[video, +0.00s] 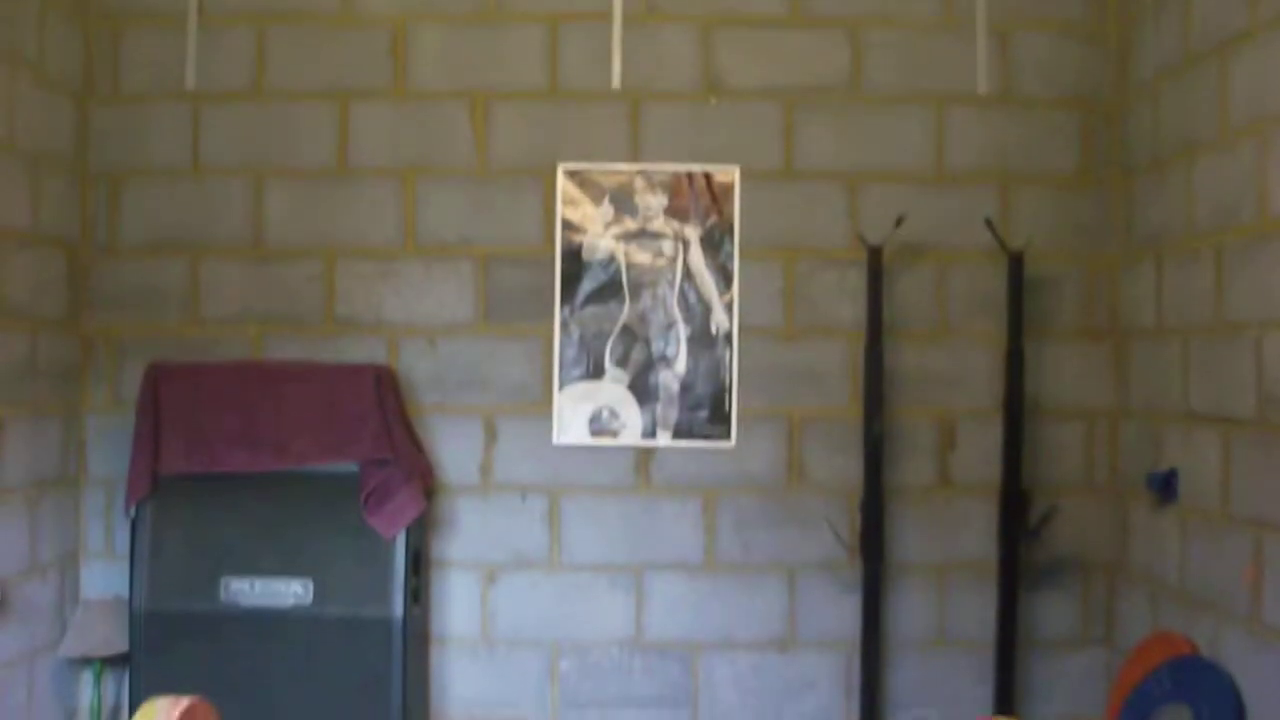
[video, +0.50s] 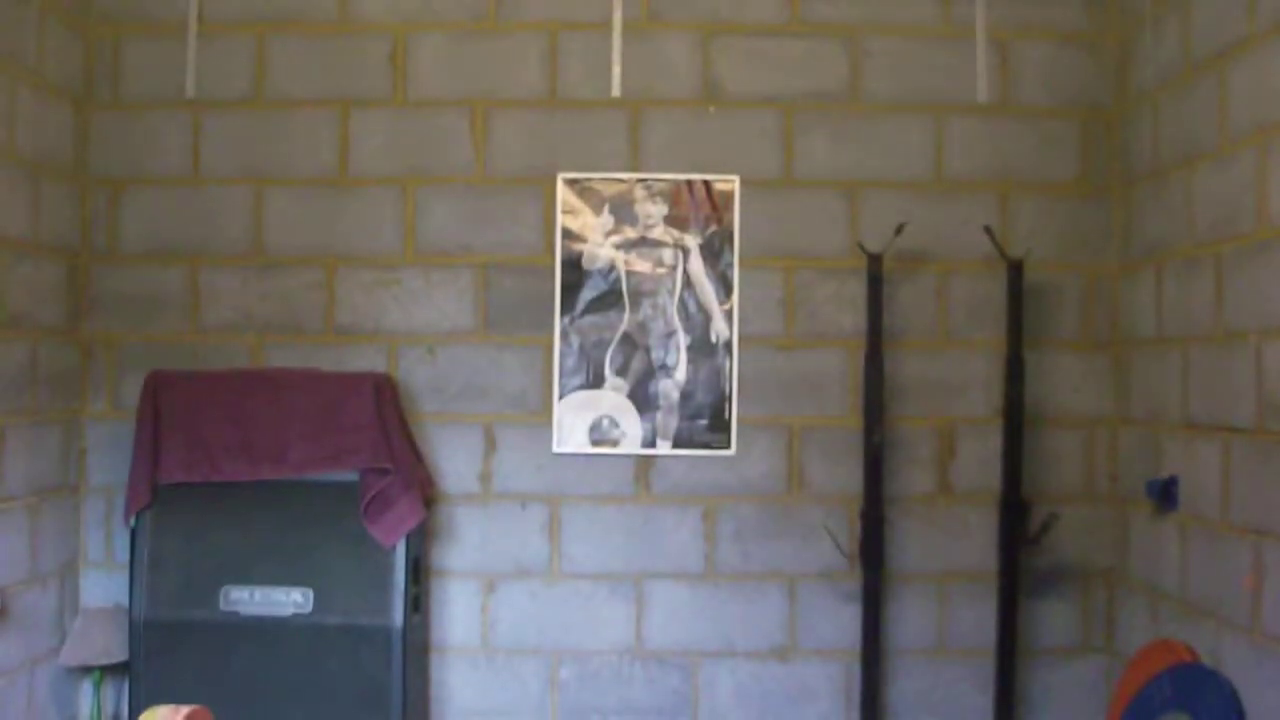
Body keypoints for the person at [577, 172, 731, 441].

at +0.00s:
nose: (648, 204)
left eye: (654, 198)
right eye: (643, 198)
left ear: (664, 201)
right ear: (636, 202)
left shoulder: (682, 234)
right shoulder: (625, 232)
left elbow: (700, 273)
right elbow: (590, 253)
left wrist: (716, 307)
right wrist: (600, 224)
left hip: (669, 318)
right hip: (633, 319)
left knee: (667, 380)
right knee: (617, 379)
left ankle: (663, 440)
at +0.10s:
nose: (648, 214)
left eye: (655, 207)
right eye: (643, 207)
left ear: (665, 212)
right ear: (635, 211)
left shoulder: (681, 247)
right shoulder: (624, 244)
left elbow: (700, 286)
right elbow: (589, 267)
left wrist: (716, 320)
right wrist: (601, 240)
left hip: (668, 333)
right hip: (630, 332)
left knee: (667, 394)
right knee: (616, 392)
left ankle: (663, 454)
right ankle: (604, 448)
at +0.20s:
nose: (650, 207)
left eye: (657, 201)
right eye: (645, 200)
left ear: (666, 206)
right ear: (635, 205)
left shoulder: (682, 241)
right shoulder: (624, 239)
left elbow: (700, 280)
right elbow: (590, 261)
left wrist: (716, 314)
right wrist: (600, 232)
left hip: (670, 326)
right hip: (633, 326)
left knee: (668, 388)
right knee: (616, 386)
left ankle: (664, 449)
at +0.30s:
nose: (648, 212)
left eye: (654, 206)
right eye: (643, 206)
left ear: (665, 210)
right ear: (635, 211)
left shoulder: (682, 246)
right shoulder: (624, 245)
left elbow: (700, 285)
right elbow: (590, 266)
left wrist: (716, 319)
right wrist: (599, 237)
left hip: (668, 332)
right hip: (631, 332)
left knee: (668, 395)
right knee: (614, 392)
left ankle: (663, 457)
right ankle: (604, 454)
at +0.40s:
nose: (648, 219)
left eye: (653, 213)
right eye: (643, 213)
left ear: (665, 211)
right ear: (635, 213)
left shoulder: (682, 246)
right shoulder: (624, 244)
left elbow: (700, 284)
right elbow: (590, 265)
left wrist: (716, 317)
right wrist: (599, 235)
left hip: (668, 331)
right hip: (631, 331)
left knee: (667, 392)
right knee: (614, 391)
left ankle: (663, 456)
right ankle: (604, 453)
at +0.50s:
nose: (648, 211)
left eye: (654, 205)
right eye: (643, 205)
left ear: (665, 208)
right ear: (635, 208)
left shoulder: (683, 244)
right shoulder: (624, 241)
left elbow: (700, 282)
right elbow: (590, 263)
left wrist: (716, 316)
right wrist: (599, 234)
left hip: (668, 331)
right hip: (631, 330)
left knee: (668, 392)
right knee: (614, 390)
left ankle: (663, 456)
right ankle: (603, 453)